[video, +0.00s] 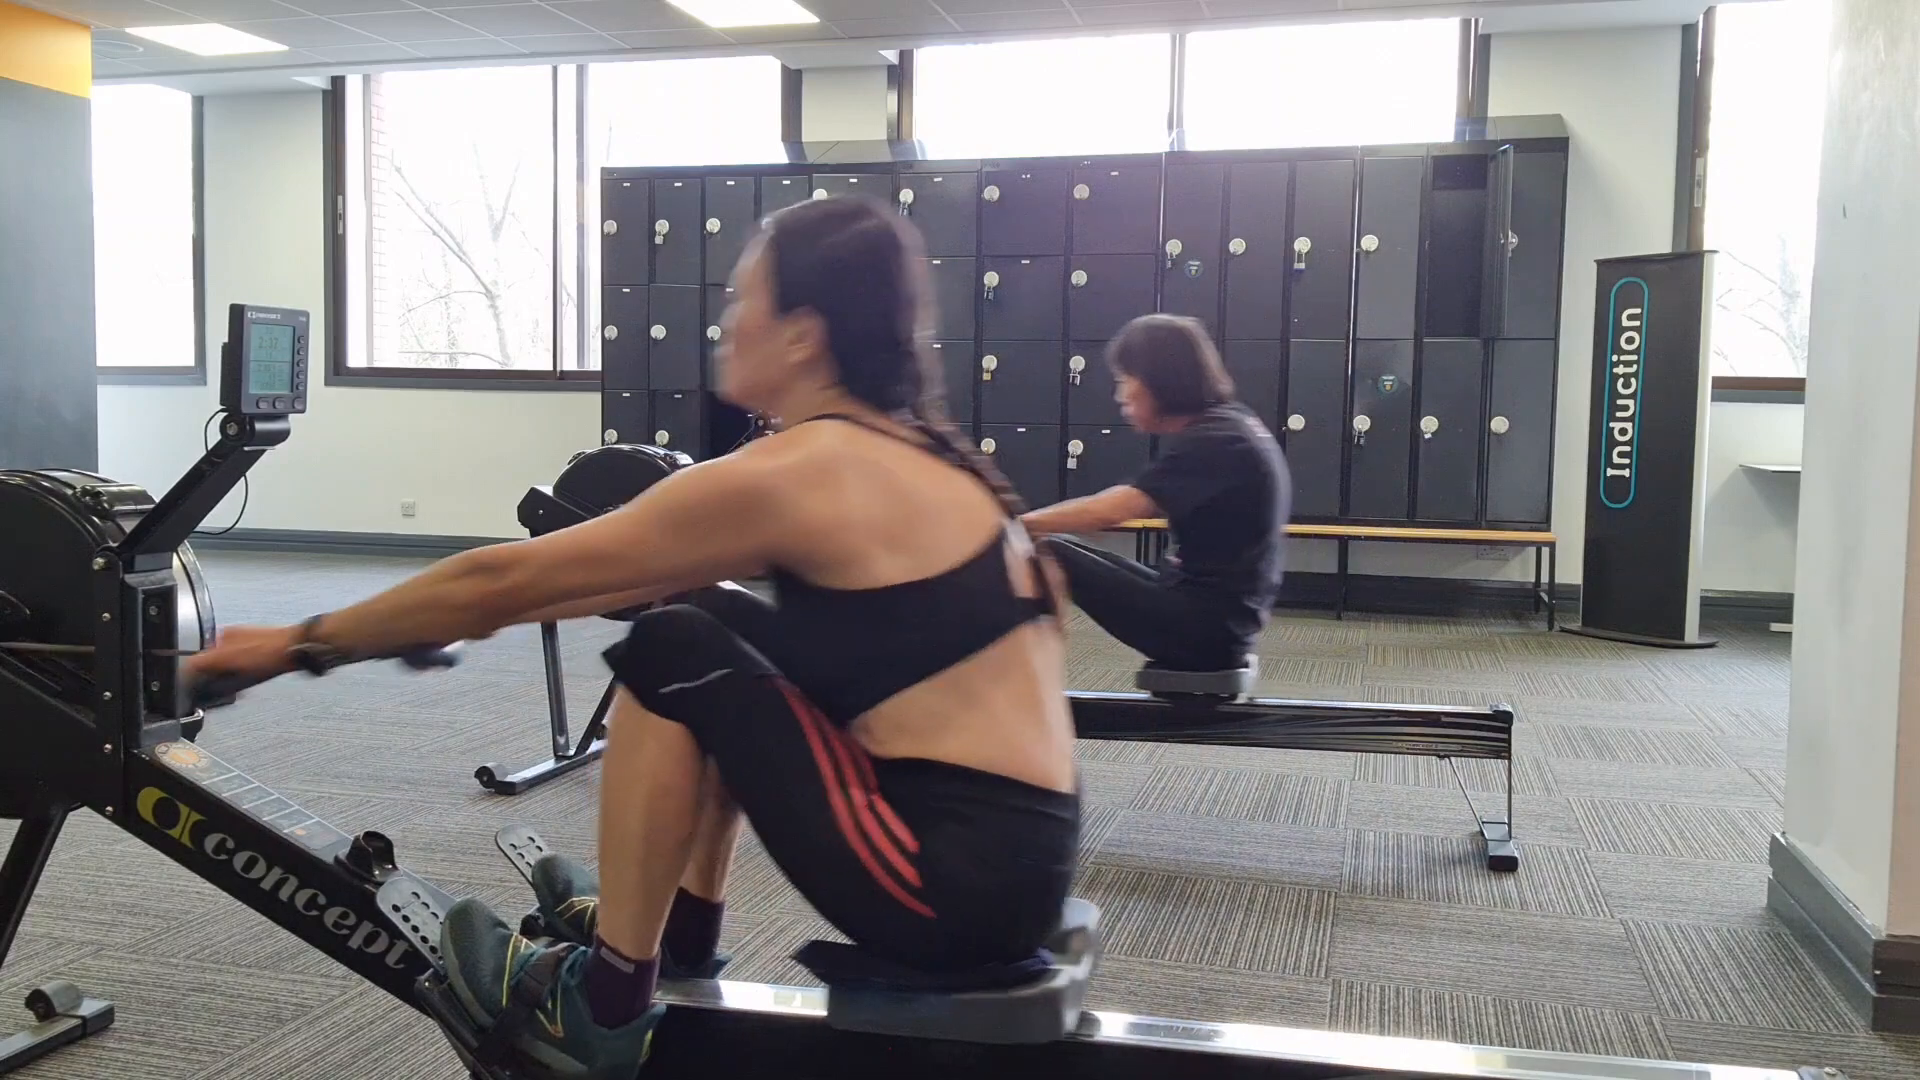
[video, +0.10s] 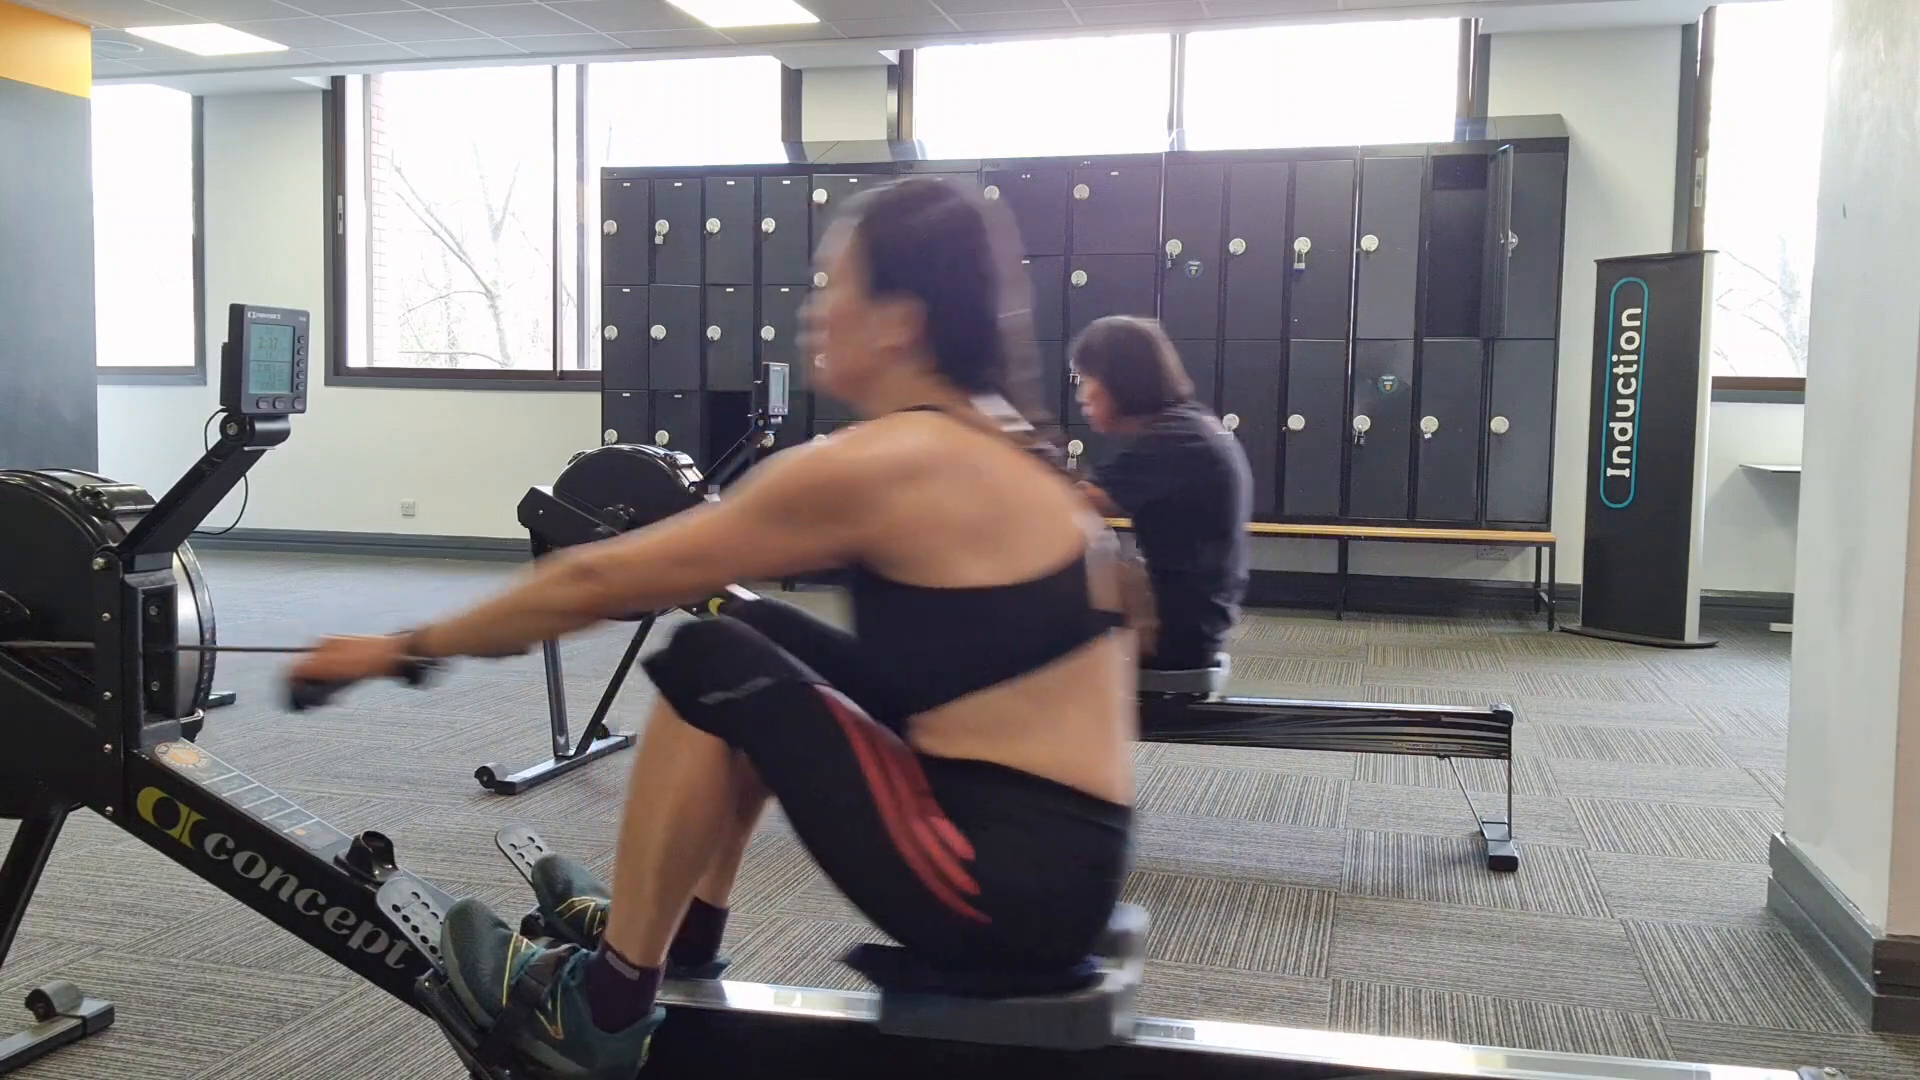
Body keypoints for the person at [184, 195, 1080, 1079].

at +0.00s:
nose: (721, 327)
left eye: (739, 304)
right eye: (729, 304)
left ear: (807, 333)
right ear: (845, 339)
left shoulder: (793, 477)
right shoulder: (932, 458)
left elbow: (505, 583)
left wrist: (297, 640)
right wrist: (559, 596)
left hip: (938, 891)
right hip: (1024, 876)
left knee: (670, 645)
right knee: (736, 636)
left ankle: (610, 997)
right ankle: (684, 931)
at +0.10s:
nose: (813, 311)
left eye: (832, 288)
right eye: (821, 285)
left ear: (904, 322)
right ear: (921, 324)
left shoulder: (876, 467)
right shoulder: (997, 440)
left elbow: (597, 578)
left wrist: (407, 647)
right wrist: (660, 569)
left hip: (996, 892)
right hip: (1065, 872)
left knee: (711, 653)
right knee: (762, 637)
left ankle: (608, 996)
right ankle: (681, 946)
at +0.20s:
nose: (915, 304)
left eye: (937, 280)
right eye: (924, 278)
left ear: (1016, 314)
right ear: (1028, 315)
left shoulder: (988, 463)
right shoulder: (1118, 432)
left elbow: (708, 584)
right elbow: (857, 544)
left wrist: (497, 646)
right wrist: (636, 585)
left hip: (1071, 885)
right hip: (1136, 848)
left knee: (763, 691)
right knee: (795, 646)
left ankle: (607, 1006)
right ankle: (681, 949)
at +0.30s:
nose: (1027, 296)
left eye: (1051, 272)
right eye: (1033, 270)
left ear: (1140, 299)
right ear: (1143, 305)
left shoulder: (1083, 458)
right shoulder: (1194, 435)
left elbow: (823, 577)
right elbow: (888, 550)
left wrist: (605, 634)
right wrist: (728, 580)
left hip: (1161, 886)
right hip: (1203, 840)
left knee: (819, 727)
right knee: (847, 685)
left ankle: (612, 1016)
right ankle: (668, 955)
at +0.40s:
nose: (1153, 291)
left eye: (1182, 266)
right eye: (1161, 263)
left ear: (1275, 293)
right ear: (1269, 295)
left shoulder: (1225, 452)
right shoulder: (1299, 428)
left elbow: (940, 586)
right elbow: (976, 559)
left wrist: (717, 639)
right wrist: (798, 596)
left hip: (1249, 884)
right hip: (1249, 820)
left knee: (890, 763)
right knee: (919, 728)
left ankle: (625, 1017)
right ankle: (674, 966)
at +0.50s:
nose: (1284, 284)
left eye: (1321, 256)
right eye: (1294, 254)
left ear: (1417, 293)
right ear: (1401, 296)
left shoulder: (1357, 460)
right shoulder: (1436, 438)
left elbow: (1061, 579)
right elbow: (1087, 561)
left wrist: (831, 633)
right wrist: (878, 622)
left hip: (1316, 897)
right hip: (1311, 816)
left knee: (930, 813)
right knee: (957, 762)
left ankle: (622, 1025)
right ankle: (683, 957)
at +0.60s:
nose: (1408, 313)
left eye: (1441, 283)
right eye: (1415, 280)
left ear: (1546, 310)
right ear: (1519, 308)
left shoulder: (1509, 480)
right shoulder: (1490, 462)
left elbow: (1201, 615)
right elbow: (1253, 568)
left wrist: (962, 650)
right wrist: (1039, 574)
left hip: (1358, 896)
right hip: (1333, 824)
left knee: (960, 844)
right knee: (975, 809)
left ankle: (610, 1030)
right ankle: (683, 946)